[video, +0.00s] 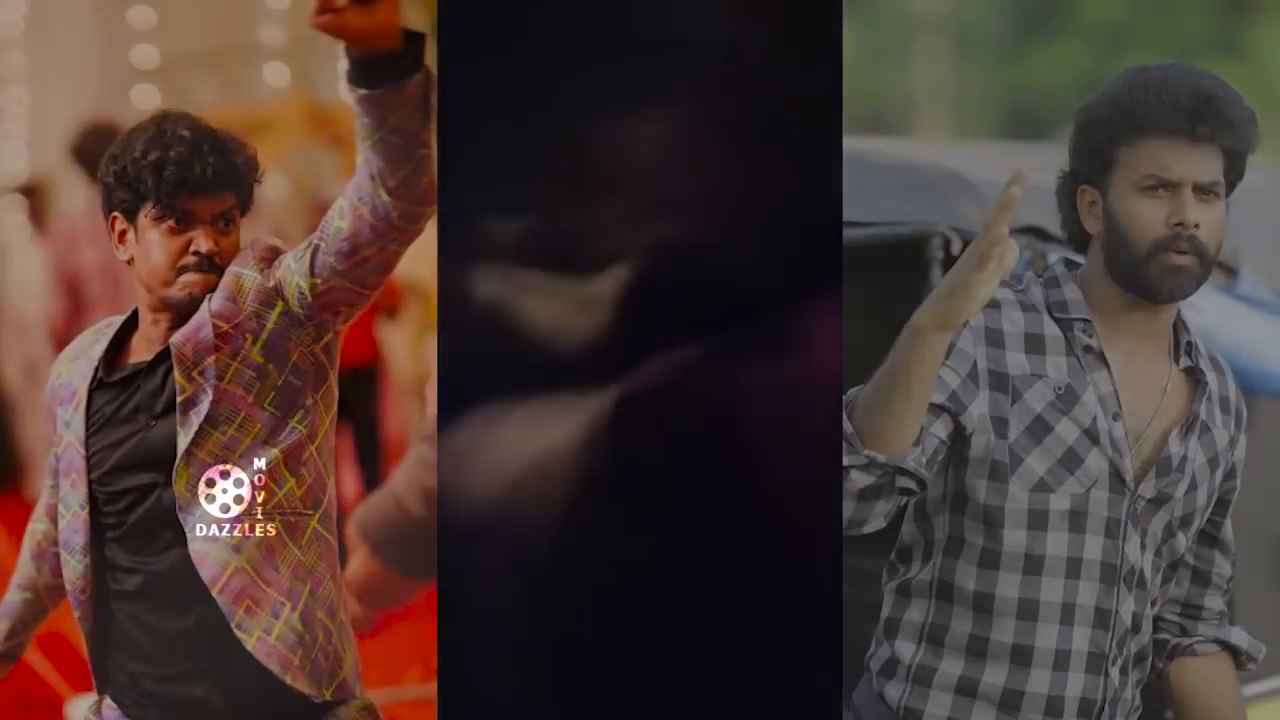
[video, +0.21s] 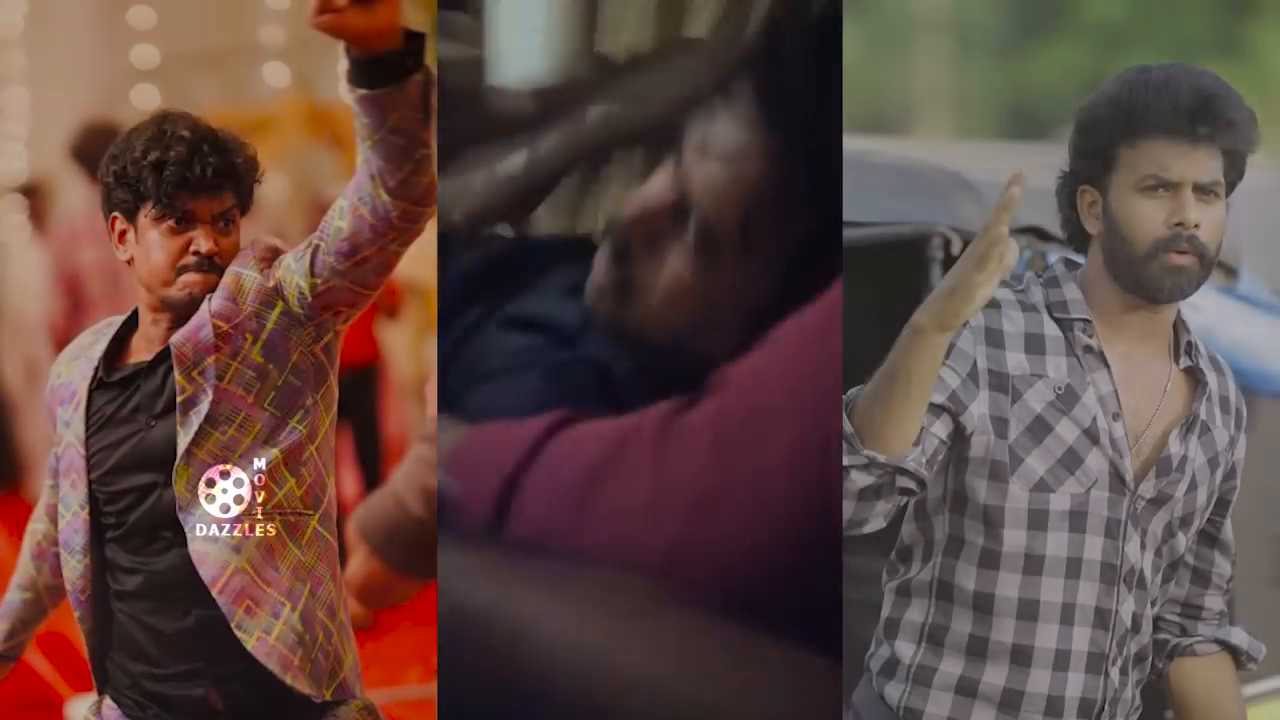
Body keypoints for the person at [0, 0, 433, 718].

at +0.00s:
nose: (205, 245)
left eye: (223, 223)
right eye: (178, 222)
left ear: (243, 230)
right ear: (122, 236)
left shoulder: (285, 313)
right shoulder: (75, 372)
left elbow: (393, 200)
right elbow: (55, 527)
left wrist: (381, 53)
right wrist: (7, 637)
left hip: (285, 702)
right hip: (138, 704)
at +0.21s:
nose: (206, 245)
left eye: (224, 223)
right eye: (179, 222)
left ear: (243, 230)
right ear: (123, 237)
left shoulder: (287, 312)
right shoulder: (76, 372)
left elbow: (394, 199)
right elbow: (55, 527)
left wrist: (381, 52)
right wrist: (7, 637)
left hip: (288, 702)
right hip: (139, 705)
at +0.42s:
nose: (205, 245)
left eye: (224, 222)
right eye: (178, 222)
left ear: (243, 230)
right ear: (122, 236)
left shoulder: (286, 313)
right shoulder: (75, 372)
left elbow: (393, 201)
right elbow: (56, 522)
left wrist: (381, 52)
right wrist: (8, 634)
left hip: (289, 701)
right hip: (140, 705)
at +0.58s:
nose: (206, 245)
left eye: (224, 222)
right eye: (179, 222)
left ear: (243, 230)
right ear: (122, 236)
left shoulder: (287, 312)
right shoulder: (76, 372)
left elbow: (394, 201)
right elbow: (56, 523)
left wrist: (381, 52)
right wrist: (7, 635)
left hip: (290, 701)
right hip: (141, 705)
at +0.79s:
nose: (206, 245)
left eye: (224, 222)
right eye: (179, 222)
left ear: (243, 230)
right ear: (122, 237)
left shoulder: (287, 312)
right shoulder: (76, 373)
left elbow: (394, 200)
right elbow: (56, 523)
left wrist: (381, 52)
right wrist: (7, 635)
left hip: (291, 700)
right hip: (140, 705)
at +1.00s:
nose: (206, 245)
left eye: (223, 222)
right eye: (179, 222)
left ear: (243, 230)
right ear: (122, 236)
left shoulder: (287, 312)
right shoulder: (76, 373)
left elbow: (394, 199)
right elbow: (56, 524)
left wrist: (380, 52)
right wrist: (7, 634)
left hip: (290, 700)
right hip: (140, 705)